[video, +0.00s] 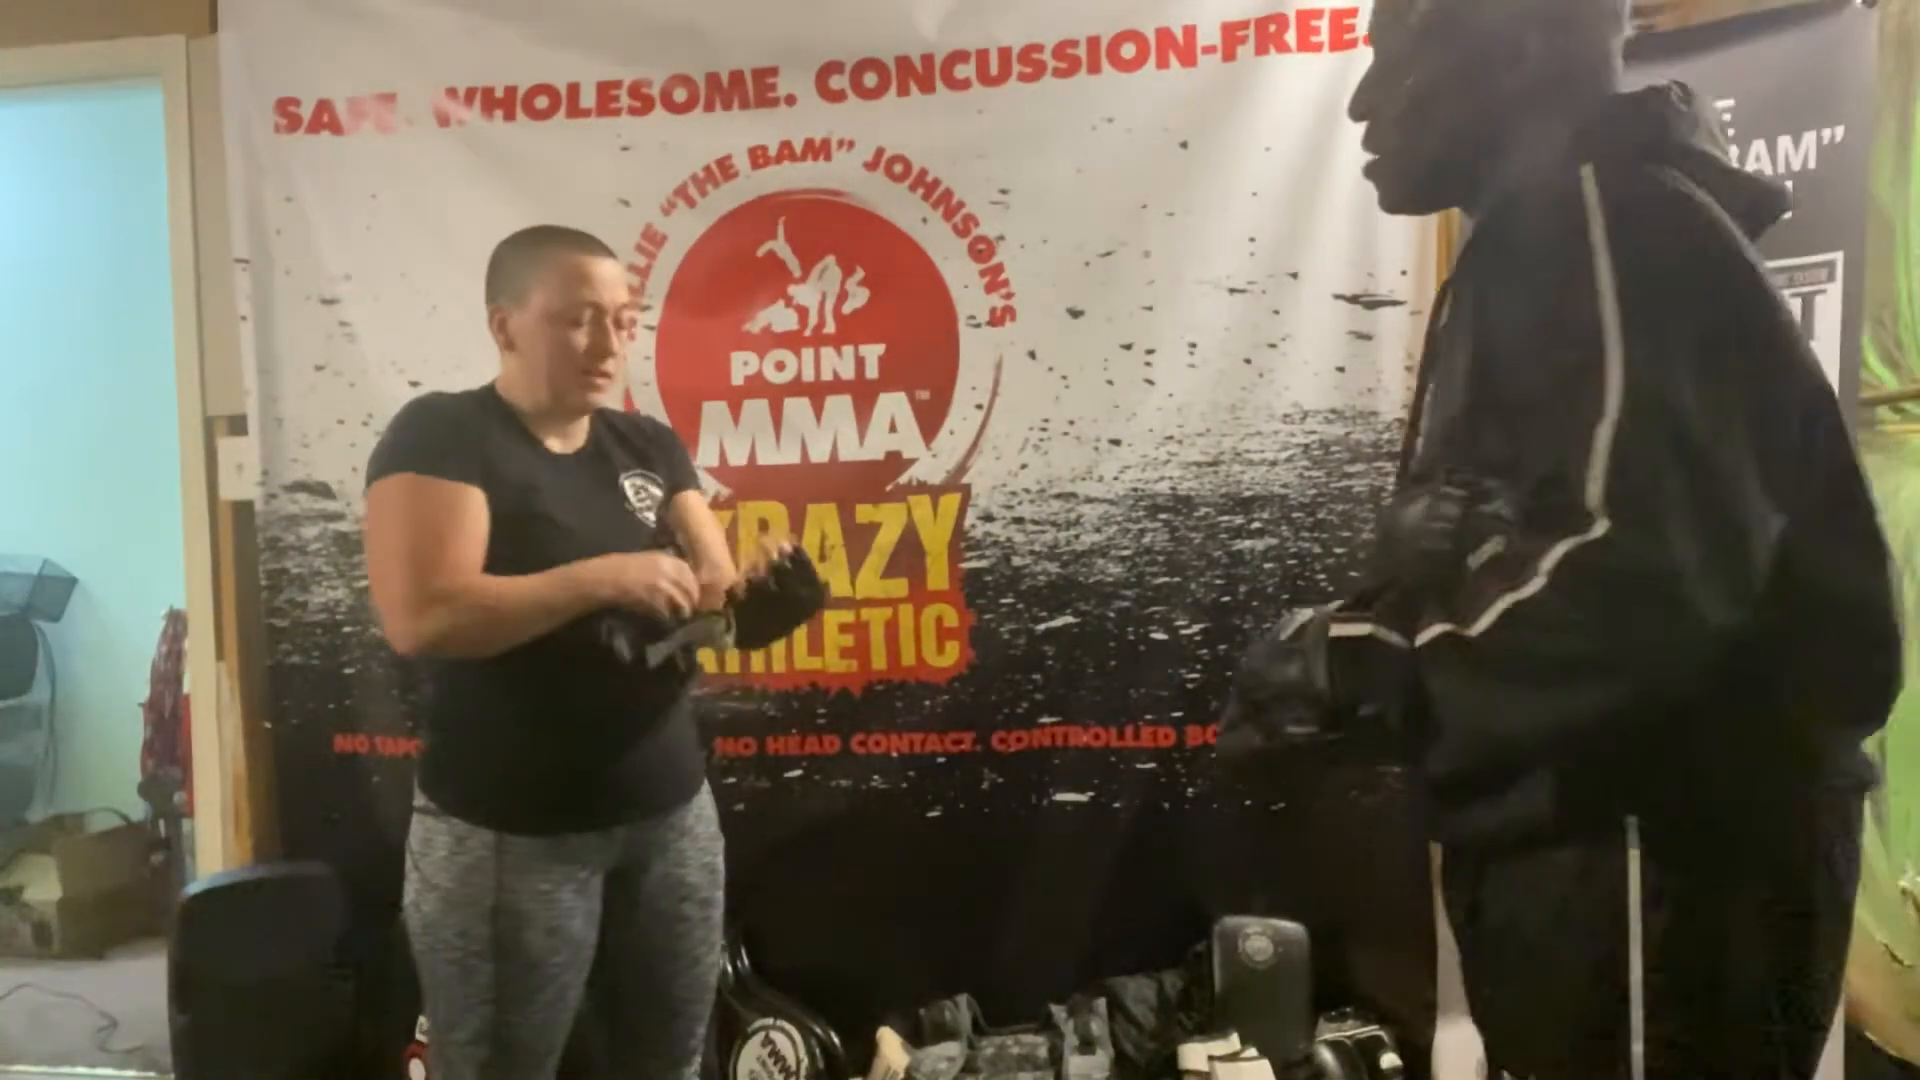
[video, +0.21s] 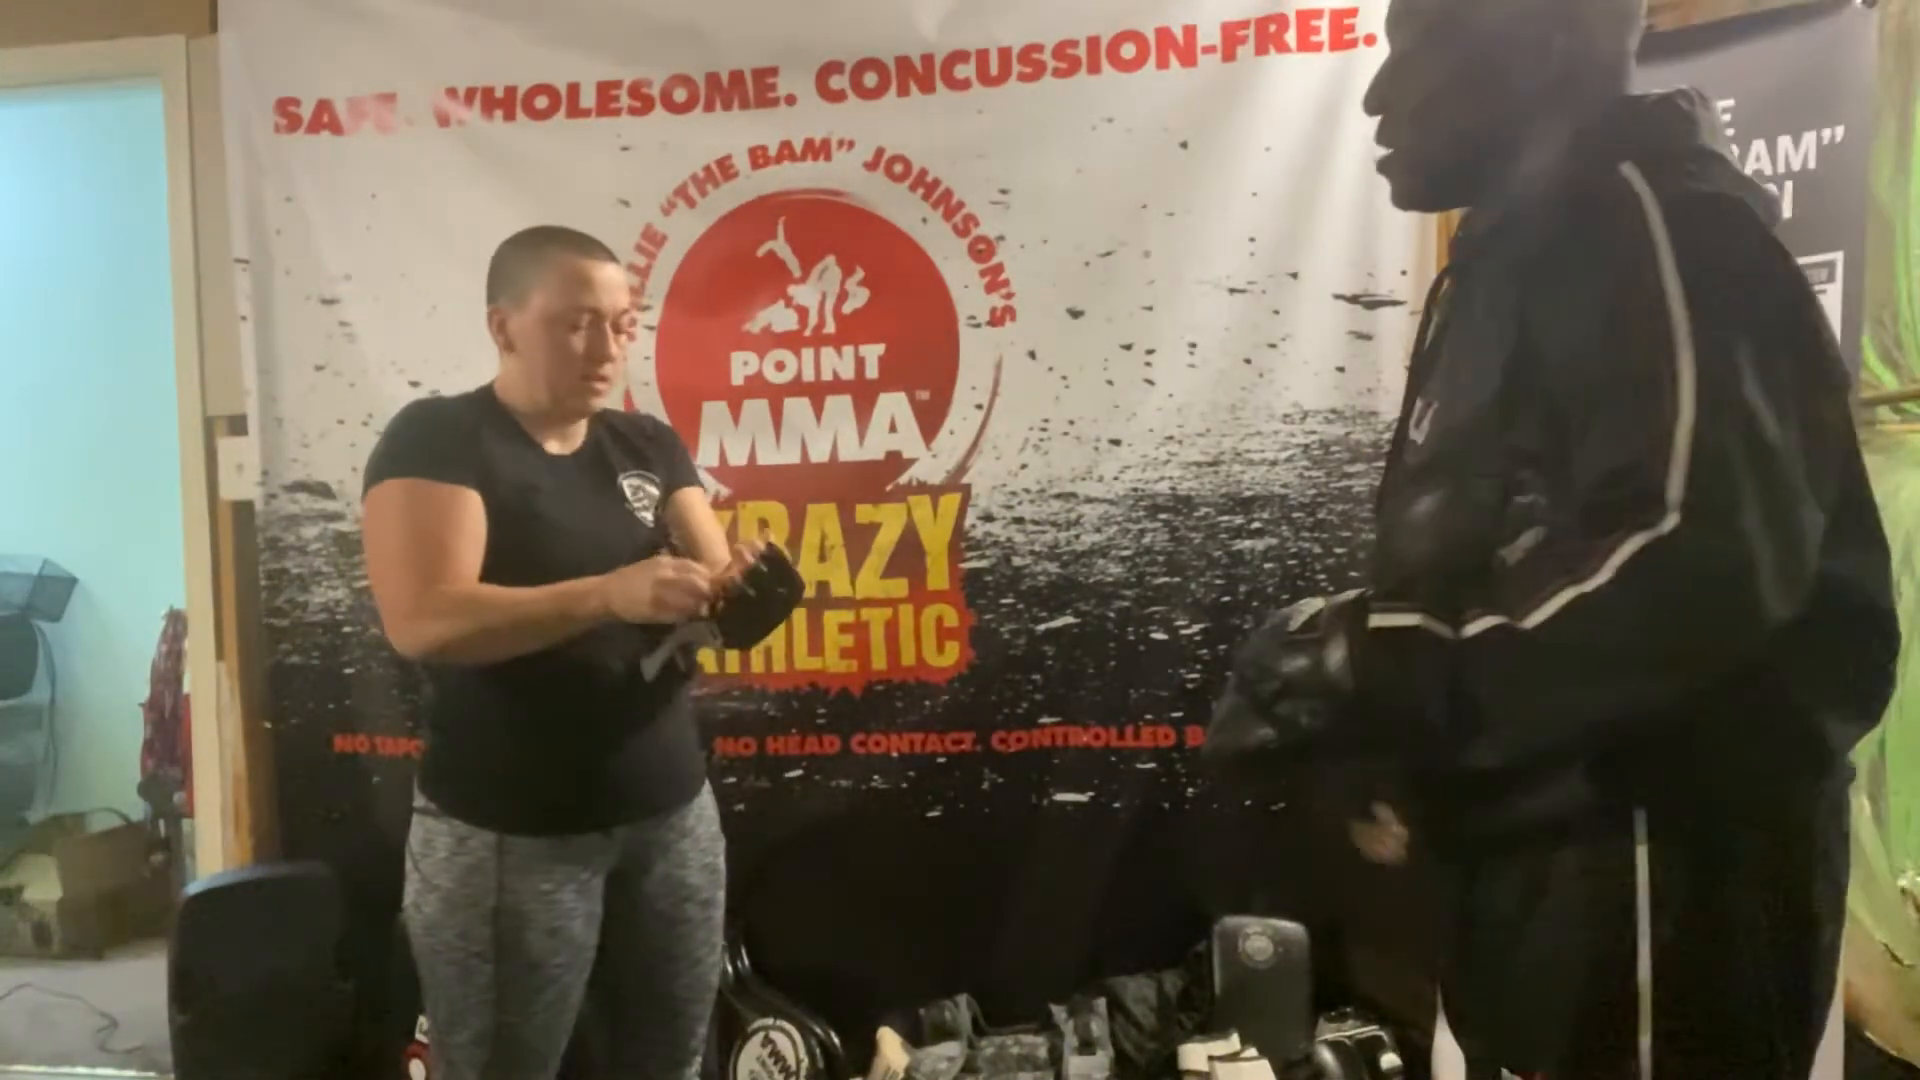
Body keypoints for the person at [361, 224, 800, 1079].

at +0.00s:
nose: (609, 343)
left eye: (622, 321)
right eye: (581, 318)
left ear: (633, 326)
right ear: (506, 326)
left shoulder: (647, 444)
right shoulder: (438, 433)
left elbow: (716, 596)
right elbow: (420, 615)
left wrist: (754, 592)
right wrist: (602, 577)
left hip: (668, 824)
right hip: (502, 842)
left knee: (662, 1065)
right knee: (496, 1069)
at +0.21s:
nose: (605, 347)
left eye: (618, 325)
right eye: (578, 321)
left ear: (630, 330)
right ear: (505, 325)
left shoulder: (648, 444)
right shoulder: (434, 439)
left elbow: (719, 588)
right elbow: (421, 619)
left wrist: (743, 584)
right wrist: (610, 593)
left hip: (669, 826)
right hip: (505, 844)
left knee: (664, 1066)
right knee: (498, 1069)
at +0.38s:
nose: (605, 347)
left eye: (617, 325)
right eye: (578, 321)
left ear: (628, 329)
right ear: (503, 325)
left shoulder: (647, 444)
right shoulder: (433, 440)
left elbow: (721, 581)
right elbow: (425, 620)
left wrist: (730, 586)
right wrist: (611, 595)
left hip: (670, 827)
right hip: (505, 845)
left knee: (664, 1065)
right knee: (497, 1068)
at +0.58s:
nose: (605, 348)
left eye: (616, 327)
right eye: (577, 323)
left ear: (626, 331)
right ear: (504, 326)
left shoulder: (645, 444)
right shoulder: (430, 441)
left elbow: (724, 583)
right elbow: (424, 621)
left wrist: (729, 588)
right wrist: (613, 596)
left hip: (670, 828)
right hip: (504, 844)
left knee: (663, 1065)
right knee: (498, 1068)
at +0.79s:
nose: (607, 342)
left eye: (616, 321)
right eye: (579, 317)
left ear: (625, 329)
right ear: (502, 326)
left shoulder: (644, 442)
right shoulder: (431, 437)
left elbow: (722, 577)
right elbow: (423, 620)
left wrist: (732, 590)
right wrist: (615, 599)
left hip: (670, 828)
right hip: (505, 844)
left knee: (661, 1066)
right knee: (498, 1068)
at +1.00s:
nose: (607, 341)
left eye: (616, 320)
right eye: (580, 316)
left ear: (625, 329)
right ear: (502, 324)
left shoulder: (641, 439)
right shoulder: (431, 432)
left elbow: (724, 572)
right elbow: (419, 614)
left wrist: (721, 593)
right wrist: (616, 595)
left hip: (670, 827)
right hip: (505, 844)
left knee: (662, 1065)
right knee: (497, 1068)